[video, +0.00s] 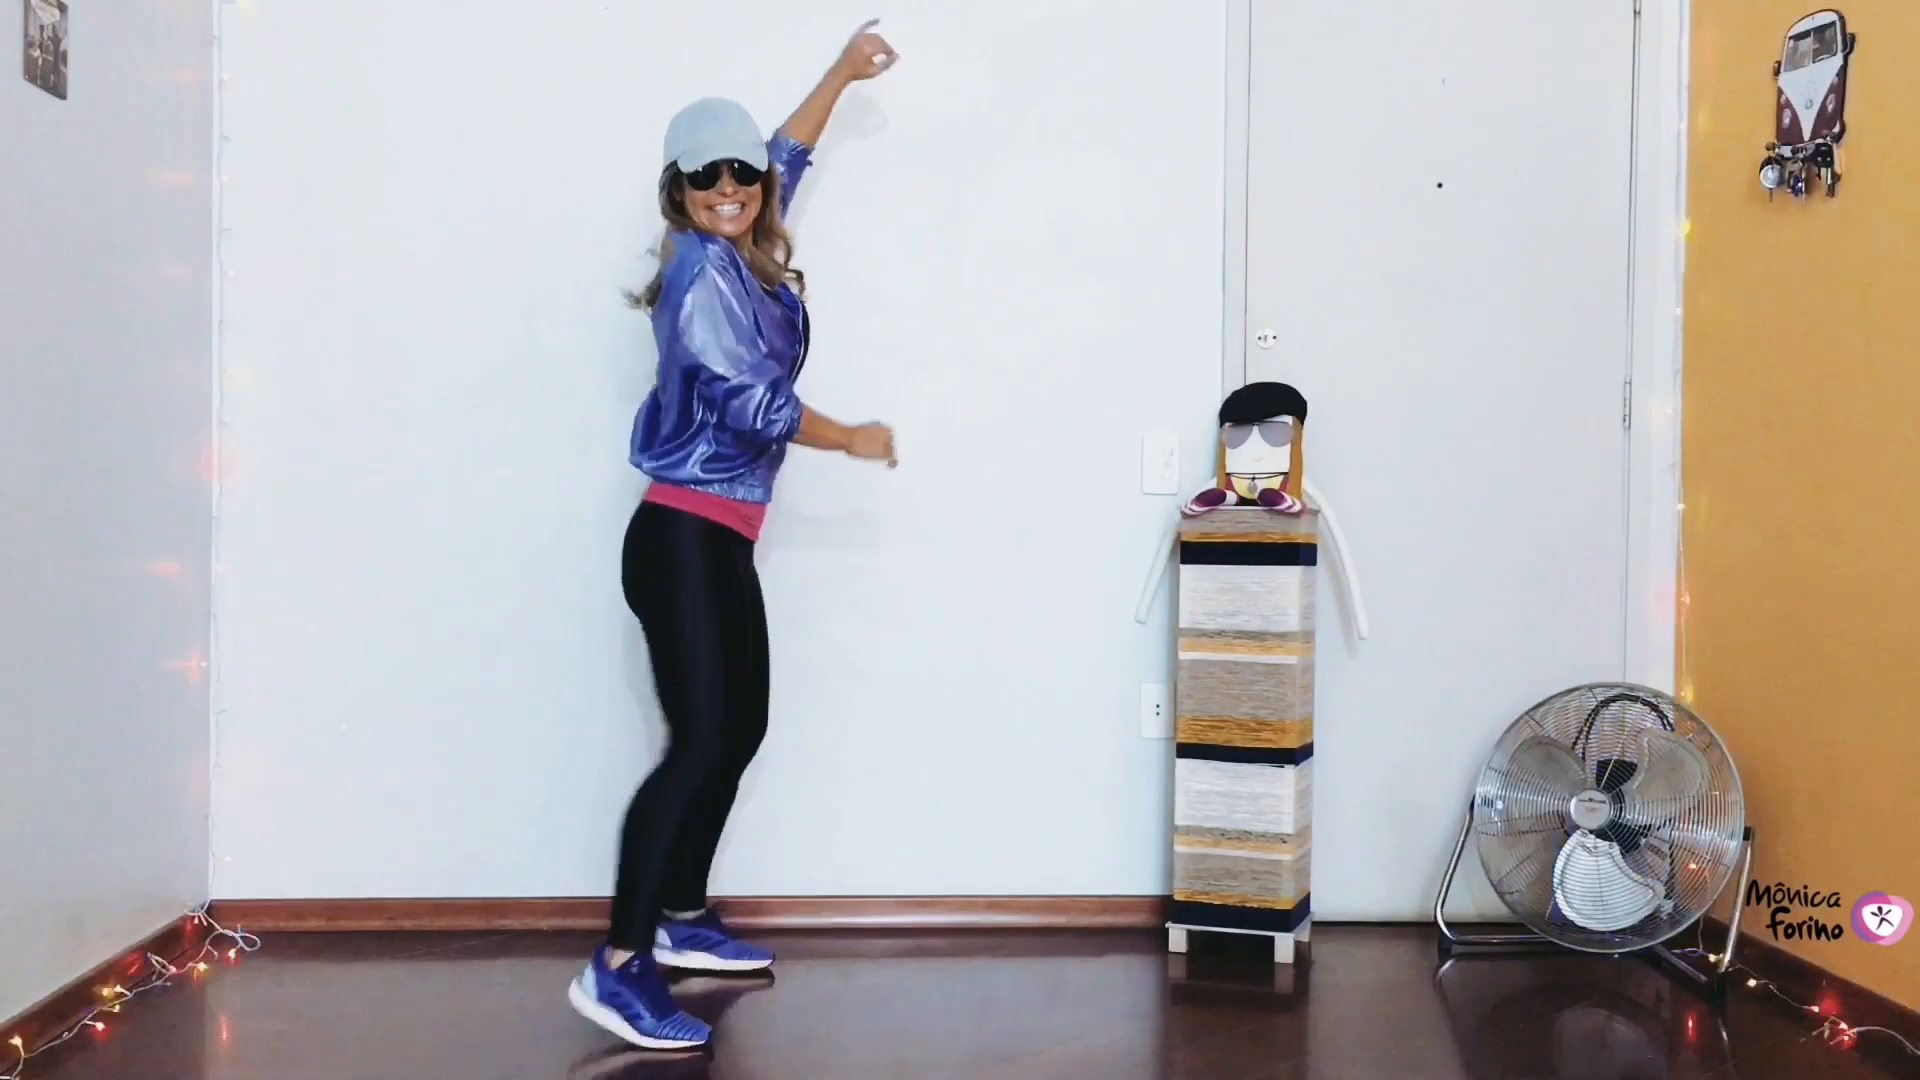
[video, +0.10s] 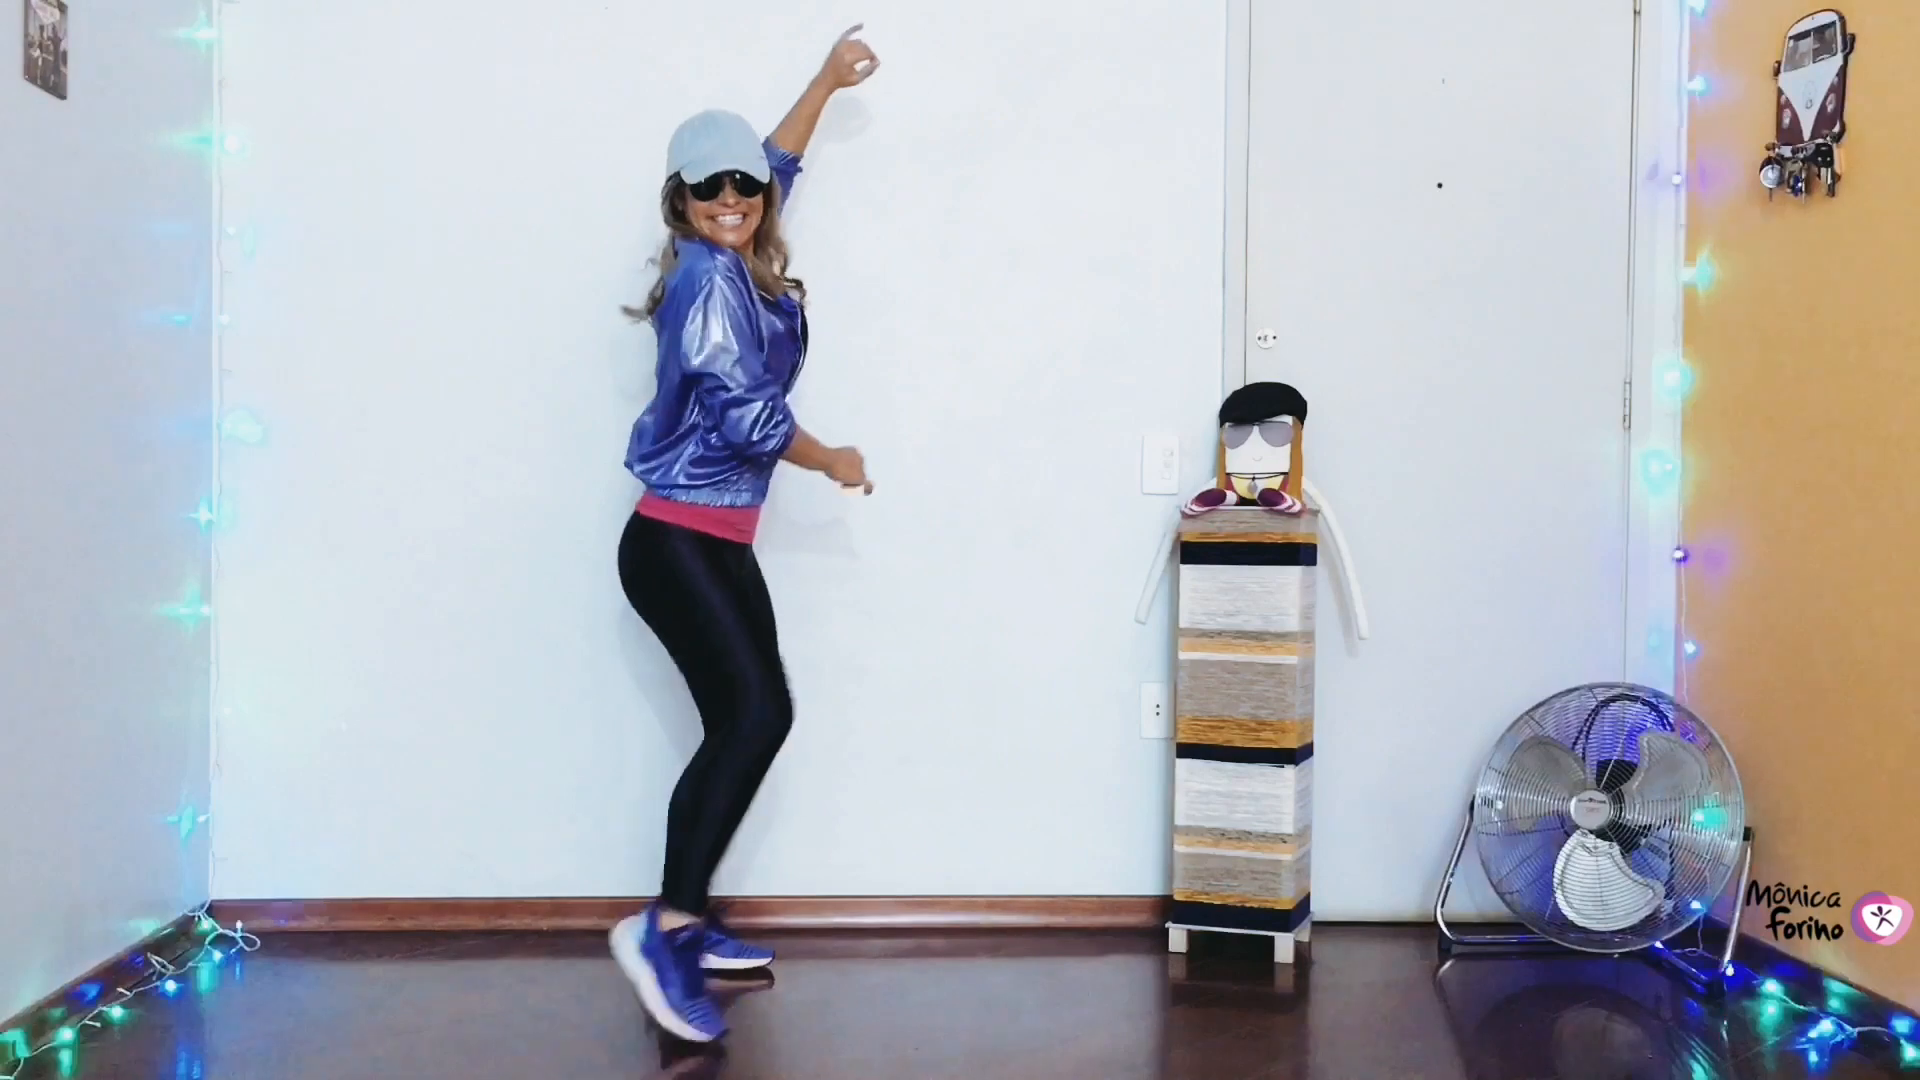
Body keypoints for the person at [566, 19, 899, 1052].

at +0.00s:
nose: (729, 192)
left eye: (744, 176)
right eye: (711, 179)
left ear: (763, 182)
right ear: (682, 192)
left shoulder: (754, 249)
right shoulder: (701, 276)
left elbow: (791, 156)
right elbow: (742, 395)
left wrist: (841, 73)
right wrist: (845, 437)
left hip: (724, 544)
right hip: (678, 540)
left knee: (741, 726)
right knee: (700, 737)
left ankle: (681, 921)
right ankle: (618, 964)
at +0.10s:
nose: (729, 201)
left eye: (743, 187)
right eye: (712, 189)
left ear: (763, 196)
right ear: (684, 200)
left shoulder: (743, 261)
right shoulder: (706, 281)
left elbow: (777, 165)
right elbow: (741, 412)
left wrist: (826, 82)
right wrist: (831, 459)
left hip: (723, 546)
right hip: (673, 542)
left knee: (766, 716)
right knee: (741, 718)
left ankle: (690, 918)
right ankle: (664, 929)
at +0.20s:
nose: (722, 216)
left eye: (738, 201)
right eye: (704, 203)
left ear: (759, 209)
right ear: (677, 214)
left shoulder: (746, 271)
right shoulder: (701, 290)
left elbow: (770, 172)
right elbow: (723, 417)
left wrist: (814, 89)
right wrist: (808, 462)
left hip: (722, 550)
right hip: (679, 546)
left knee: (739, 734)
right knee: (784, 682)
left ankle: (673, 922)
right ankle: (726, 902)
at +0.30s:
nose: (718, 214)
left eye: (734, 197)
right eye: (698, 201)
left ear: (756, 205)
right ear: (674, 214)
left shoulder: (745, 268)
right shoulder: (700, 287)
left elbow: (770, 174)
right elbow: (706, 413)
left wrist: (811, 85)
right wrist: (794, 457)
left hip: (714, 536)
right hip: (690, 533)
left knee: (741, 733)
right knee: (798, 676)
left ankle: (675, 919)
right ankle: (738, 898)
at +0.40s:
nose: (722, 219)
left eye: (735, 202)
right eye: (702, 206)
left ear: (754, 205)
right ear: (676, 216)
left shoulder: (736, 261)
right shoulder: (699, 294)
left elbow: (769, 160)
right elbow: (711, 420)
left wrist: (815, 74)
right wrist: (792, 455)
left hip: (720, 509)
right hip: (711, 508)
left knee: (751, 715)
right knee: (778, 699)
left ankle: (679, 917)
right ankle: (728, 916)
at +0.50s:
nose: (721, 211)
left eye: (735, 195)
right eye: (701, 201)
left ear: (758, 201)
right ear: (679, 215)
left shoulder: (745, 269)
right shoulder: (706, 297)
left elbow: (768, 164)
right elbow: (717, 421)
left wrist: (811, 82)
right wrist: (798, 457)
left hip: (728, 513)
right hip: (701, 511)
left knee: (758, 713)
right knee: (769, 703)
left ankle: (680, 918)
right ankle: (722, 921)